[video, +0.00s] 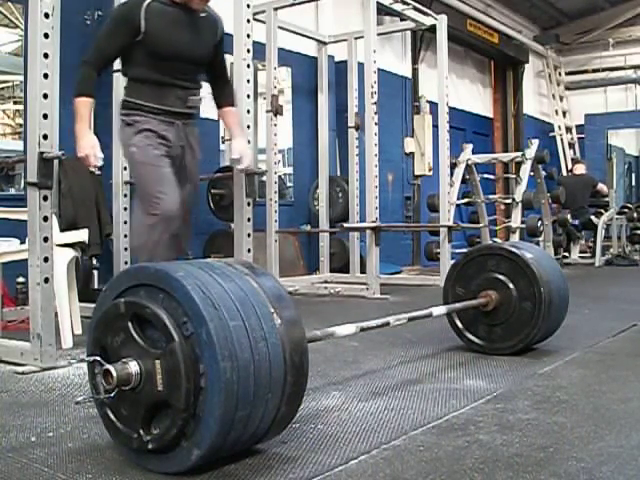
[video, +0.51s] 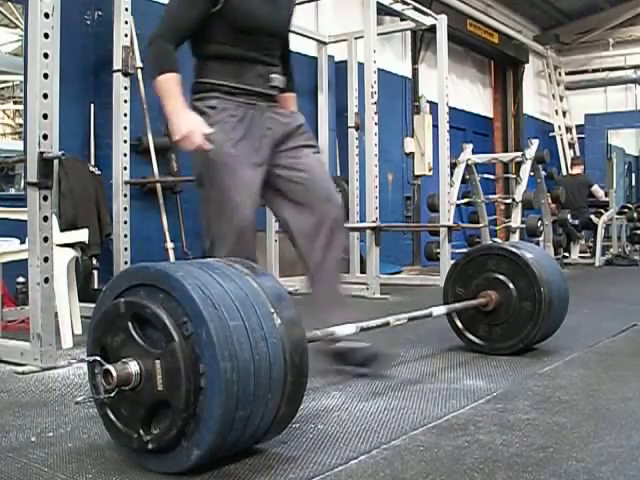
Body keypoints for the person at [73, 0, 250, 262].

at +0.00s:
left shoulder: (211, 23)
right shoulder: (136, 11)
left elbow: (220, 80)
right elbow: (90, 67)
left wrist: (238, 136)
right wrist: (83, 133)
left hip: (186, 128)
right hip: (143, 123)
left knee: (181, 217)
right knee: (166, 207)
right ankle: (144, 294)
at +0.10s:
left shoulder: (224, 23)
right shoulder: (148, 10)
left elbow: (237, 84)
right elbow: (99, 66)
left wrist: (256, 140)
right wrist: (91, 134)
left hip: (198, 131)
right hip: (155, 124)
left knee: (177, 224)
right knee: (188, 214)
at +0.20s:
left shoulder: (238, 17)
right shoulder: (160, 8)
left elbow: (249, 80)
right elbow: (111, 66)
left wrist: (273, 136)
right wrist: (107, 135)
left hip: (218, 127)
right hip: (174, 124)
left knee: (197, 228)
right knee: (209, 220)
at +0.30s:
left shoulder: (253, 10)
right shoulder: (178, 4)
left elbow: (260, 76)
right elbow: (129, 61)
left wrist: (281, 134)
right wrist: (132, 137)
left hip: (237, 125)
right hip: (189, 120)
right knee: (221, 231)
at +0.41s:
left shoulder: (268, 5)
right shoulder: (193, 3)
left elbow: (271, 67)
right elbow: (147, 51)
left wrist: (284, 130)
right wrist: (156, 123)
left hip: (255, 117)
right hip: (205, 115)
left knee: (296, 214)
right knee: (227, 239)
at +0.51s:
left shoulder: (283, 4)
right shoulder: (206, 2)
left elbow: (279, 53)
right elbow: (160, 44)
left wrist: (290, 115)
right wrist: (178, 112)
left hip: (277, 115)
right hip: (225, 112)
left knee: (323, 207)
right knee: (234, 231)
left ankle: (333, 328)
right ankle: (235, 348)